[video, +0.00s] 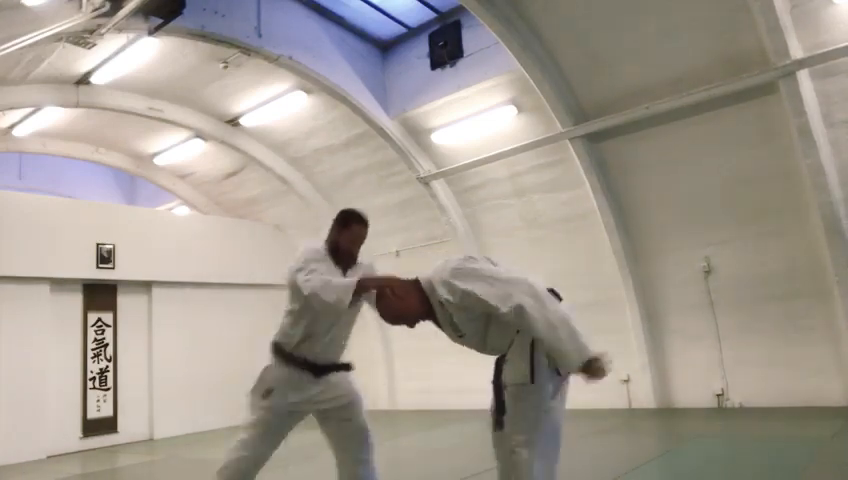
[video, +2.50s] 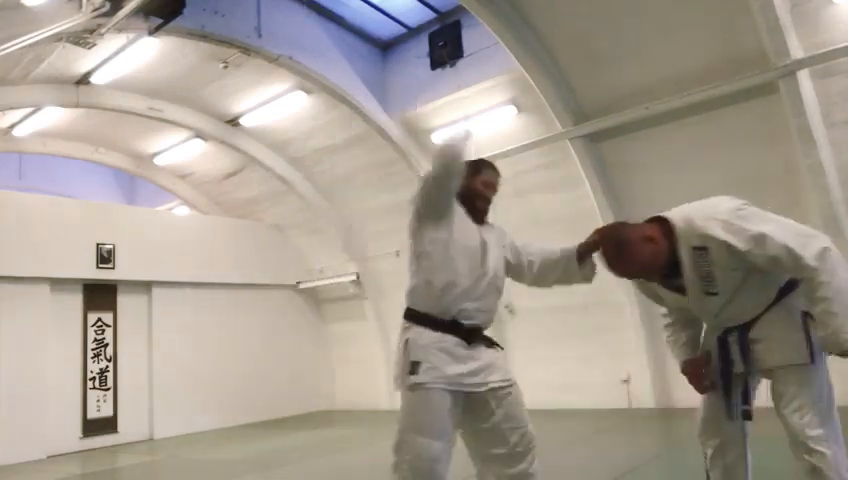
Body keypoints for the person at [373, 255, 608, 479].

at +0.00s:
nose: (407, 325)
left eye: (396, 318)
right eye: (398, 323)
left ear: (397, 293)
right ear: (400, 291)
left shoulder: (451, 279)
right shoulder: (441, 307)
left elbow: (525, 297)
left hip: (532, 337)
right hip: (514, 346)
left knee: (525, 440)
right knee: (507, 437)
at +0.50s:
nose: (429, 307)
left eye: (422, 299)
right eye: (421, 304)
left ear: (425, 273)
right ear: (427, 270)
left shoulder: (481, 262)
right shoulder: (463, 289)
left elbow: (551, 294)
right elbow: (515, 340)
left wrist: (584, 362)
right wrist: (518, 394)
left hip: (555, 330)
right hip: (536, 338)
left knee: (537, 428)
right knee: (534, 427)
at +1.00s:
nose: (499, 310)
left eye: (490, 303)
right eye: (490, 309)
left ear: (488, 278)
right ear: (488, 276)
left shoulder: (551, 264)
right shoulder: (528, 285)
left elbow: (636, 296)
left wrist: (684, 357)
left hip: (629, 330)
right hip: (601, 341)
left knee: (620, 440)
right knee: (596, 431)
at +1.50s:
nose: (540, 303)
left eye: (533, 296)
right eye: (531, 300)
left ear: (537, 270)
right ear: (536, 264)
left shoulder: (594, 259)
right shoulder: (574, 265)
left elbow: (609, 340)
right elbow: (602, 327)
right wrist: (579, 354)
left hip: (684, 318)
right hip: (656, 324)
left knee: (669, 435)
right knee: (652, 433)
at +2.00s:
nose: (588, 290)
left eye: (585, 281)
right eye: (580, 287)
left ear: (591, 251)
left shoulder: (651, 240)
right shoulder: (599, 271)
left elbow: (750, 263)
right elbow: (625, 316)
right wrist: (637, 355)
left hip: (711, 327)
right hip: (664, 340)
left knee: (712, 436)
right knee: (671, 435)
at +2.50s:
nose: (648, 280)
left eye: (645, 270)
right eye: (638, 277)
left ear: (651, 238)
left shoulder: (716, 224)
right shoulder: (644, 273)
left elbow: (818, 254)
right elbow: (677, 312)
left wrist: (837, 338)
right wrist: (687, 358)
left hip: (782, 310)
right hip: (724, 329)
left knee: (804, 426)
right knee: (718, 432)